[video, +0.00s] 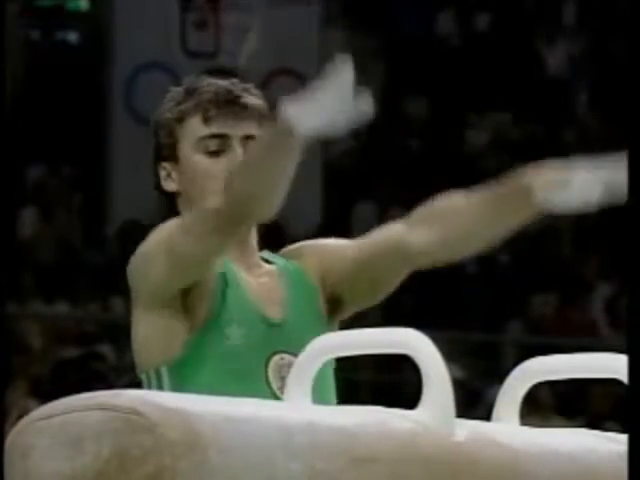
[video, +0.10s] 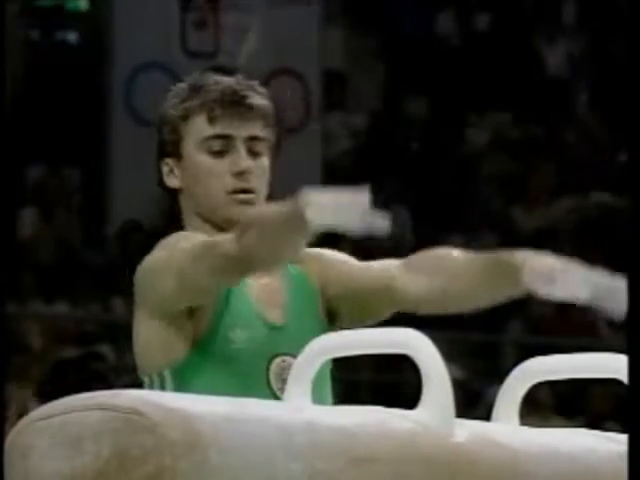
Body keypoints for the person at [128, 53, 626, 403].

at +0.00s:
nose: (240, 165)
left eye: (254, 147)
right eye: (214, 148)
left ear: (276, 159)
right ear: (170, 175)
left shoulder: (313, 272)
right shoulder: (160, 273)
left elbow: (418, 238)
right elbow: (234, 213)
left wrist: (532, 189)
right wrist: (292, 128)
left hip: (315, 479)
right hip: (206, 477)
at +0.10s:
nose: (243, 166)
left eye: (255, 150)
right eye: (217, 149)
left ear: (272, 162)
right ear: (173, 171)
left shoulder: (312, 271)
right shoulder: (165, 270)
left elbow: (411, 279)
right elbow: (235, 253)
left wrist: (519, 271)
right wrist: (304, 214)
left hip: (312, 470)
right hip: (207, 470)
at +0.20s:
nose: (246, 166)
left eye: (258, 148)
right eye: (220, 148)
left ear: (274, 163)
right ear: (174, 168)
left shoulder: (298, 268)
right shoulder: (175, 270)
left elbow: (402, 297)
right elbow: (238, 273)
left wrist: (515, 305)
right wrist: (308, 263)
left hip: (310, 476)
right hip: (213, 477)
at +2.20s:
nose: (256, 168)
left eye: (260, 149)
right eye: (228, 149)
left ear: (269, 154)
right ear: (171, 166)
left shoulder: (259, 241)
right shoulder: (183, 271)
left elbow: (363, 298)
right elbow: (270, 306)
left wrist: (480, 337)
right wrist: (343, 303)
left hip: (252, 467)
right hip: (189, 471)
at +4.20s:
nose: (254, 186)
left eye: (262, 166)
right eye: (231, 165)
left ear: (270, 164)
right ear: (171, 169)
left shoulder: (254, 238)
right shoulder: (181, 270)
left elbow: (357, 294)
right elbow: (271, 307)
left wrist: (479, 338)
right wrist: (342, 303)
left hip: (243, 466)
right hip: (185, 469)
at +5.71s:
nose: (228, 220)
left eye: (232, 195)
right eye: (201, 203)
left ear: (240, 186)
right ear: (141, 214)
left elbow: (387, 273)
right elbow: (258, 319)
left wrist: (471, 341)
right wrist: (352, 302)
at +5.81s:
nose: (217, 283)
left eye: (217, 262)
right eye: (189, 270)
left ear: (225, 255)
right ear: (130, 290)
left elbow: (344, 314)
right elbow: (263, 358)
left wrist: (462, 352)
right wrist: (350, 312)